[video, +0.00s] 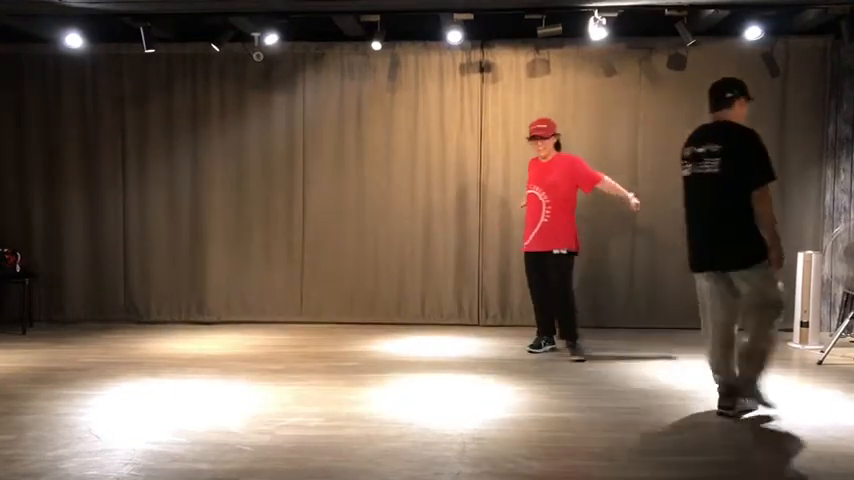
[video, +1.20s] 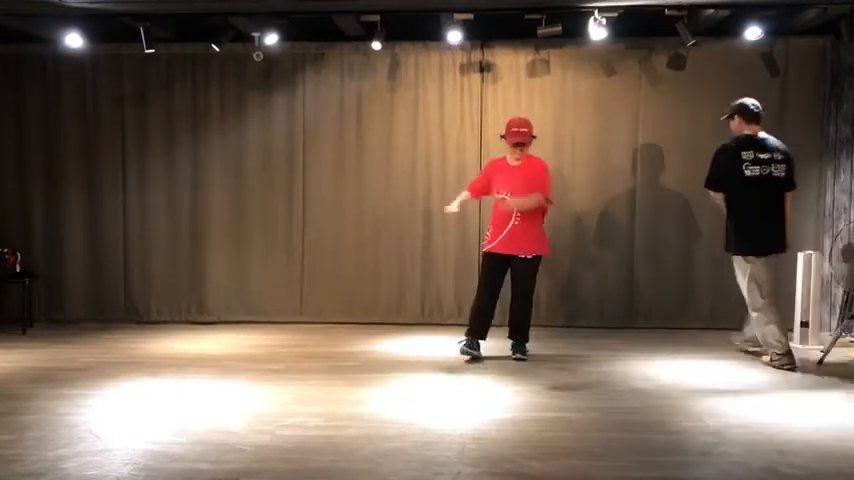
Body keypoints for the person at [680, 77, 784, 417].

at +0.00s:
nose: (746, 110)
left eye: (745, 104)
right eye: (745, 104)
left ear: (713, 105)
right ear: (736, 103)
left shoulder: (693, 141)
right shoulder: (746, 139)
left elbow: (693, 199)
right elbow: (760, 197)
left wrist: (696, 241)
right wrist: (774, 242)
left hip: (702, 245)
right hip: (741, 243)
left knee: (717, 317)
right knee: (766, 304)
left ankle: (727, 392)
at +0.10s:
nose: (761, 111)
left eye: (760, 106)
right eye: (761, 106)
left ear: (728, 106)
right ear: (754, 105)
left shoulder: (705, 142)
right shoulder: (762, 141)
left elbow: (708, 199)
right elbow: (771, 196)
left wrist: (712, 238)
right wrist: (778, 241)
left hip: (716, 247)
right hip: (756, 246)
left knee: (723, 325)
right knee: (783, 316)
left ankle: (729, 395)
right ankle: (794, 386)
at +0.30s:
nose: (790, 118)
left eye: (788, 112)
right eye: (789, 113)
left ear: (756, 113)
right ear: (784, 113)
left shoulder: (733, 148)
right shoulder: (794, 149)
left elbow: (727, 198)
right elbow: (804, 207)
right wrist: (810, 249)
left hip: (744, 250)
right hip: (786, 250)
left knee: (740, 319)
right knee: (801, 317)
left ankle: (737, 386)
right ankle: (806, 383)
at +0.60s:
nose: (796, 118)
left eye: (792, 114)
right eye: (796, 113)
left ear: (766, 116)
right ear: (796, 113)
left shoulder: (751, 151)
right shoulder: (817, 145)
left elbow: (731, 199)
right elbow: (844, 191)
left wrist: (718, 237)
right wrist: (852, 219)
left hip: (766, 248)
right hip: (808, 246)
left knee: (771, 308)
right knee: (808, 313)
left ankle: (784, 365)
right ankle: (807, 383)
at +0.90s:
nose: (776, 124)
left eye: (751, 124)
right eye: (779, 118)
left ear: (750, 123)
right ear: (780, 119)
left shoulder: (742, 156)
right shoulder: (803, 147)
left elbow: (733, 203)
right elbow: (824, 192)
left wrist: (726, 238)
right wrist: (836, 228)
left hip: (764, 243)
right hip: (803, 239)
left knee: (772, 303)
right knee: (811, 294)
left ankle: (782, 356)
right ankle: (810, 344)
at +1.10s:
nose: (739, 125)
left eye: (738, 121)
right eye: (738, 121)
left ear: (743, 120)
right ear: (767, 118)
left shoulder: (733, 151)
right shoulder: (790, 148)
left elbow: (727, 199)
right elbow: (799, 195)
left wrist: (734, 229)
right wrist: (802, 228)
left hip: (753, 233)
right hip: (786, 231)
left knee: (764, 295)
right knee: (784, 289)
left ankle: (781, 354)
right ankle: (791, 340)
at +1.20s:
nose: (730, 126)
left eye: (730, 121)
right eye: (729, 122)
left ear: (738, 120)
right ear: (759, 120)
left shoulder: (728, 151)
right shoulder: (781, 150)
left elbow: (716, 193)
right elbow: (787, 196)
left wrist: (735, 211)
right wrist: (785, 234)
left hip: (743, 233)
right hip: (773, 231)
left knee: (757, 298)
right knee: (762, 288)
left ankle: (780, 352)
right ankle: (753, 336)